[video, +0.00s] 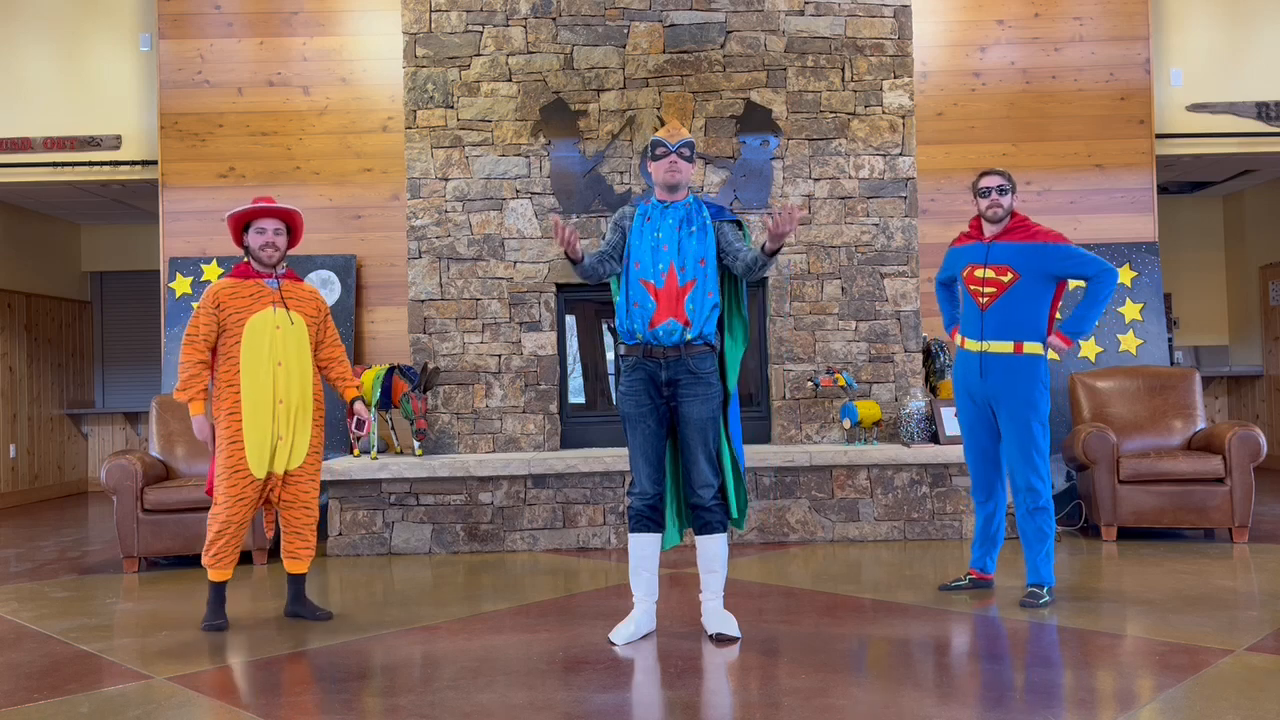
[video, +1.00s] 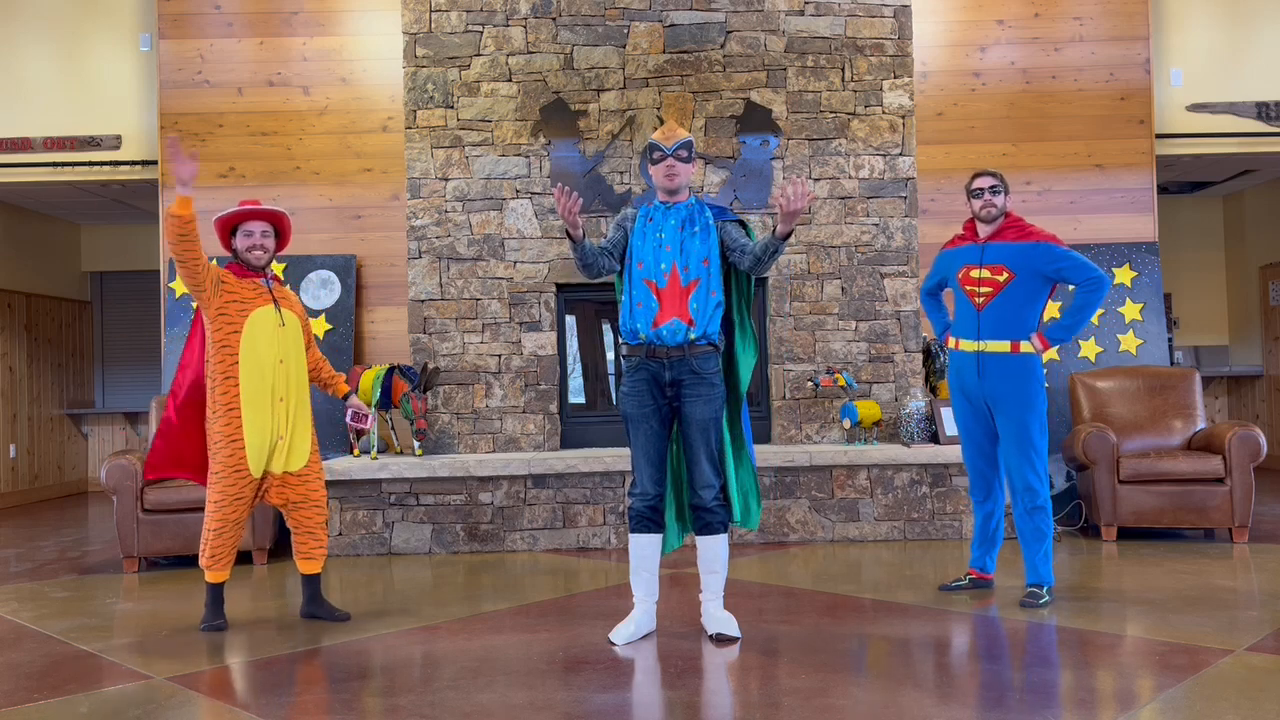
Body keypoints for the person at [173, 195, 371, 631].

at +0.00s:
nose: (269, 239)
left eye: (277, 233)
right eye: (260, 232)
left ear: (288, 242)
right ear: (245, 240)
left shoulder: (309, 297)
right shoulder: (223, 293)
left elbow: (331, 352)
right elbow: (196, 351)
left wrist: (353, 397)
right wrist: (197, 408)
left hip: (301, 420)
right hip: (242, 421)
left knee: (302, 504)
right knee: (232, 505)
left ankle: (297, 597)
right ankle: (216, 602)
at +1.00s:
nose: (256, 240)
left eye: (264, 234)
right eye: (246, 234)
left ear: (276, 243)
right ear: (232, 242)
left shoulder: (289, 298)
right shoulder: (214, 286)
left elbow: (311, 358)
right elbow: (185, 248)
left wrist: (345, 392)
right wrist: (181, 193)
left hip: (290, 420)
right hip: (235, 421)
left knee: (311, 503)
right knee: (225, 509)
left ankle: (313, 598)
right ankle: (214, 605)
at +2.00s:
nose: (257, 240)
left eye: (265, 233)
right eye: (247, 233)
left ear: (277, 243)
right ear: (233, 242)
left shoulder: (291, 299)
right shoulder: (211, 286)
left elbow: (310, 362)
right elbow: (174, 249)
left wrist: (335, 406)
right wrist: (188, 193)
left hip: (287, 422)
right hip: (230, 423)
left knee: (307, 503)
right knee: (222, 510)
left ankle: (312, 598)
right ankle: (214, 604)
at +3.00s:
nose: (271, 251)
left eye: (274, 245)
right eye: (262, 244)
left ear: (276, 248)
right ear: (239, 246)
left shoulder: (279, 300)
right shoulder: (219, 292)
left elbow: (294, 362)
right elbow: (201, 275)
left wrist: (327, 404)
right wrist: (245, 240)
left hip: (289, 418)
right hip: (239, 421)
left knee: (310, 498)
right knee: (231, 506)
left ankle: (313, 599)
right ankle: (214, 605)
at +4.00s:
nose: (252, 242)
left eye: (261, 235)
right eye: (243, 235)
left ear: (271, 244)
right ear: (228, 244)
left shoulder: (291, 299)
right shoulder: (203, 291)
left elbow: (322, 342)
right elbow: (147, 290)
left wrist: (354, 369)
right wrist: (154, 238)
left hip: (284, 421)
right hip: (224, 423)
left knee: (303, 502)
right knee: (220, 508)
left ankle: (312, 598)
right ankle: (214, 606)